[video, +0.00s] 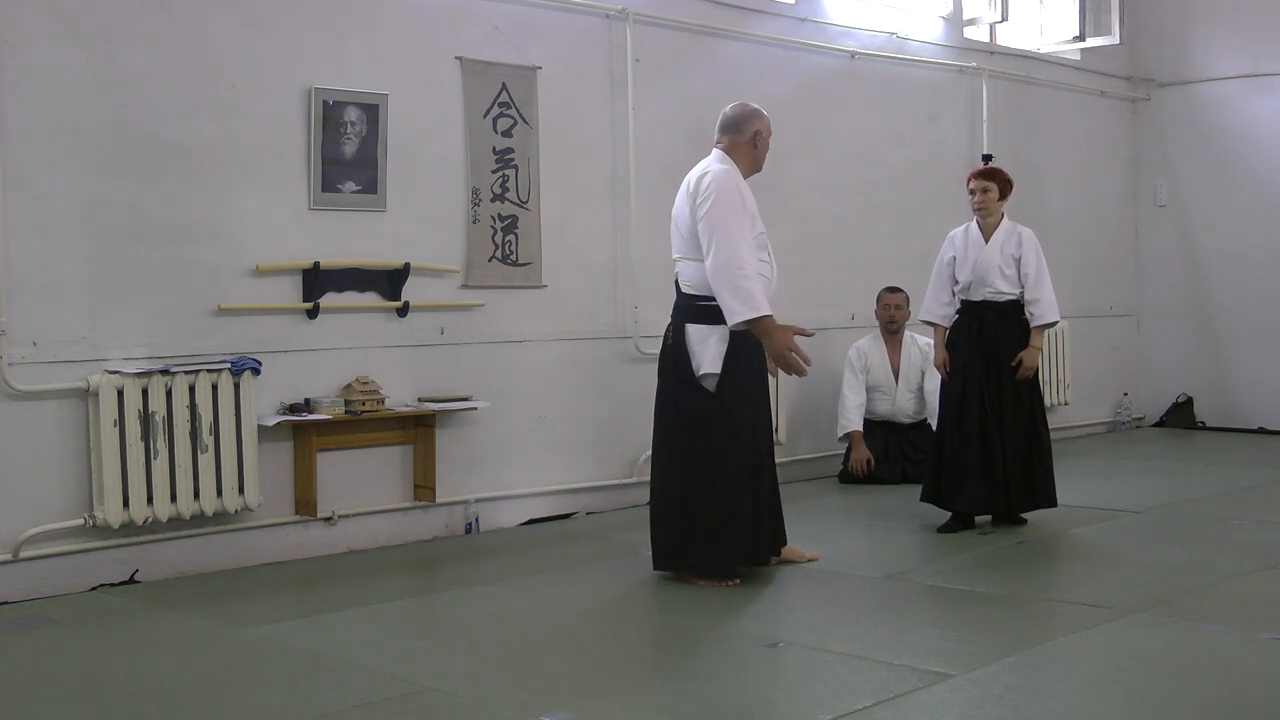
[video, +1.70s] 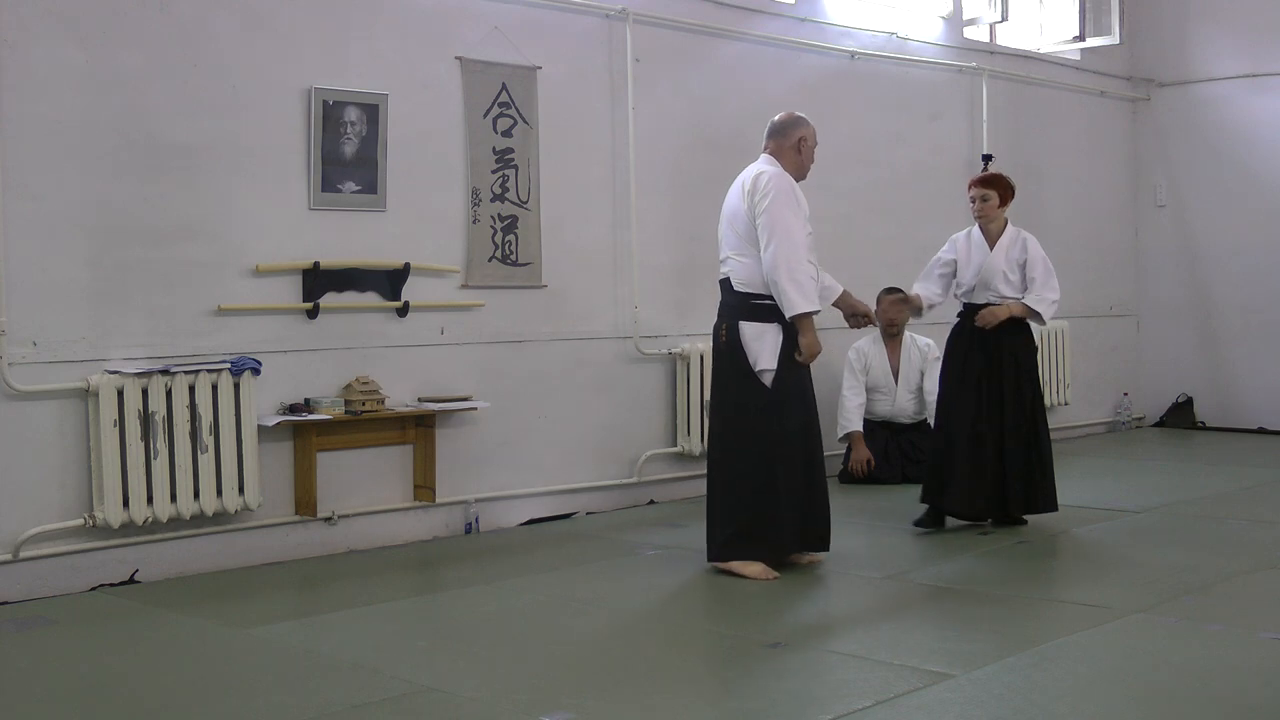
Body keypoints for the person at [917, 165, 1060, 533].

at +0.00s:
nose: (978, 198)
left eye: (986, 192)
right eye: (973, 192)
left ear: (1002, 196)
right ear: (968, 198)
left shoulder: (1022, 237)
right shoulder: (957, 238)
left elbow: (1039, 294)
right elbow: (941, 293)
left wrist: (1035, 345)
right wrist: (939, 344)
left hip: (1010, 331)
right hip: (967, 332)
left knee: (1010, 416)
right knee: (963, 416)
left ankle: (1007, 506)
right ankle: (963, 509)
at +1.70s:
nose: (977, 206)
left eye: (985, 200)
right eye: (973, 200)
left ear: (1004, 202)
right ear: (969, 203)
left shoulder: (1024, 244)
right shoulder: (960, 243)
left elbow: (1046, 298)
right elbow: (932, 287)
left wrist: (1007, 309)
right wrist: (910, 300)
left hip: (1010, 338)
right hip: (967, 336)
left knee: (1009, 419)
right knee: (953, 417)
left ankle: (1007, 507)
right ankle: (936, 507)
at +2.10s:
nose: (940, 208)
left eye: (948, 201)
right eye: (935, 201)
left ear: (966, 205)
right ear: (930, 206)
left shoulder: (985, 248)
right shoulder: (921, 243)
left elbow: (999, 304)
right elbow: (890, 277)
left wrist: (960, 307)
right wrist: (860, 297)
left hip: (969, 344)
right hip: (925, 345)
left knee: (979, 423)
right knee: (913, 426)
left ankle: (986, 509)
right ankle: (894, 515)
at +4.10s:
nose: (897, 206)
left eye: (905, 199)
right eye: (890, 200)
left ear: (920, 204)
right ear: (884, 206)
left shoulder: (936, 247)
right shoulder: (875, 245)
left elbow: (955, 304)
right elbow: (847, 278)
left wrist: (922, 322)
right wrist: (823, 302)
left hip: (928, 344)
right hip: (884, 345)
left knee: (938, 425)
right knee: (891, 431)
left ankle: (944, 513)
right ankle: (890, 520)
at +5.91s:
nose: (890, 207)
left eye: (898, 200)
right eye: (883, 202)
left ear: (913, 205)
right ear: (877, 208)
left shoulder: (931, 246)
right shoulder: (870, 247)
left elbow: (954, 298)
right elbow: (841, 279)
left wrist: (921, 324)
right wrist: (808, 301)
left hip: (928, 345)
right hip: (886, 347)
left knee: (936, 428)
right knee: (890, 432)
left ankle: (941, 515)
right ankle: (892, 521)